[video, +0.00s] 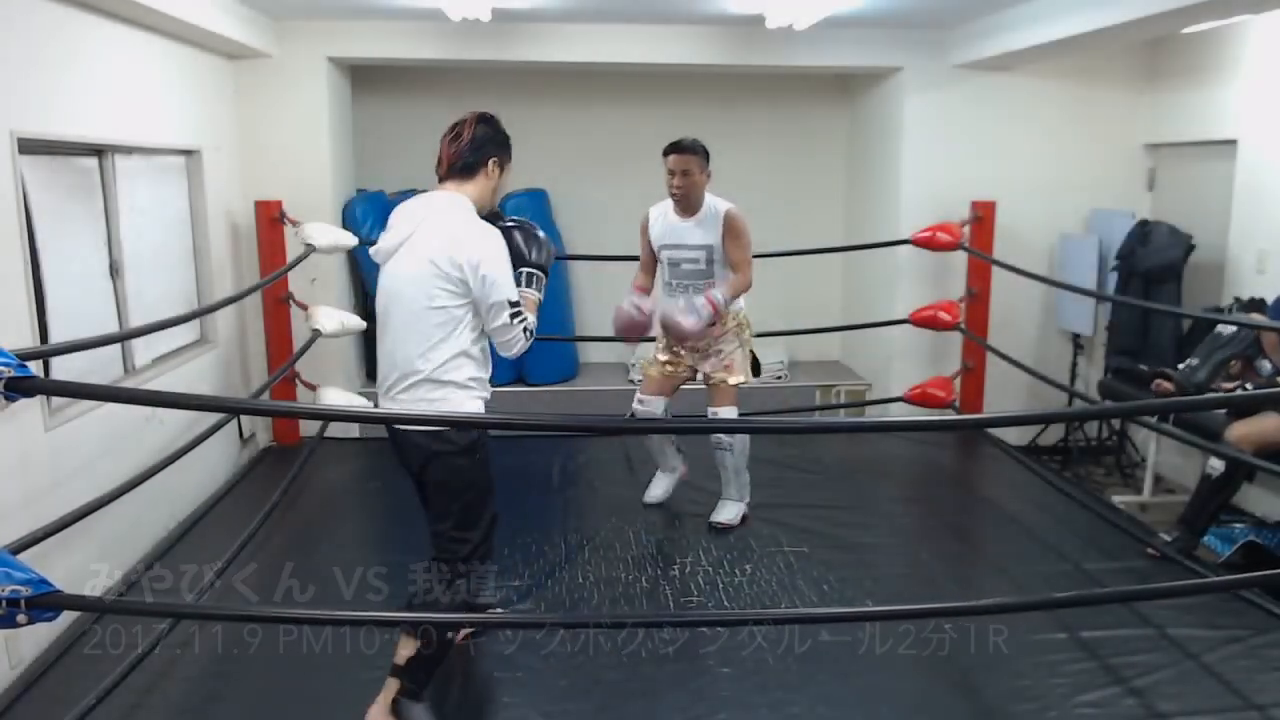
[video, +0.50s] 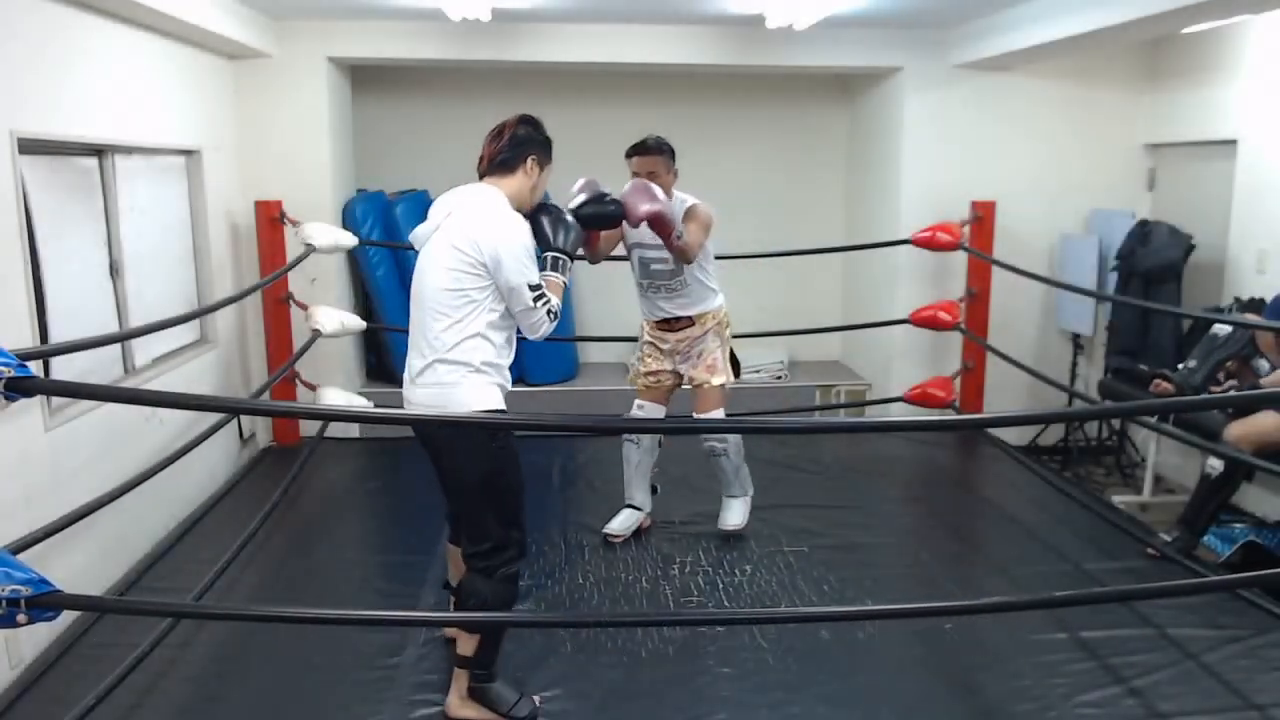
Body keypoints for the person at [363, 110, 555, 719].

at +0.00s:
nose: (503, 188)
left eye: (505, 177)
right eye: (505, 176)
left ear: (448, 163)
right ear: (491, 168)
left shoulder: (404, 219)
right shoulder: (478, 236)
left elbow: (429, 304)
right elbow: (512, 341)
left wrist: (499, 270)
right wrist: (535, 283)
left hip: (400, 412)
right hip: (447, 418)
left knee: (461, 531)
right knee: (456, 558)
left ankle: (460, 622)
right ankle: (387, 702)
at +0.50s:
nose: (540, 193)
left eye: (543, 182)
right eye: (543, 179)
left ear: (493, 160)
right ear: (528, 165)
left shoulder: (447, 209)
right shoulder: (501, 219)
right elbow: (537, 321)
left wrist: (544, 256)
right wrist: (560, 267)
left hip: (427, 400)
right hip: (471, 406)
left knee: (465, 518)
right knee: (498, 548)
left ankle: (460, 615)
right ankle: (466, 692)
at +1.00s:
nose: (561, 201)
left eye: (564, 191)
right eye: (562, 189)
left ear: (515, 176)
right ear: (544, 180)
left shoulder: (471, 218)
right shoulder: (519, 233)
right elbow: (546, 331)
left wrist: (549, 279)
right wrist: (578, 279)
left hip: (444, 396)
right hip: (480, 402)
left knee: (497, 497)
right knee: (502, 541)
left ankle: (507, 576)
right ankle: (462, 688)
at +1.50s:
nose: (544, 198)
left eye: (545, 189)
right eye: (544, 188)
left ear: (500, 175)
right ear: (529, 180)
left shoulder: (457, 215)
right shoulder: (507, 229)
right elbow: (543, 313)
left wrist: (536, 238)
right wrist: (563, 257)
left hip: (441, 384)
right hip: (471, 392)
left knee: (514, 468)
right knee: (477, 512)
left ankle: (499, 577)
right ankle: (413, 643)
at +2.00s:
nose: (547, 194)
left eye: (548, 183)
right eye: (545, 182)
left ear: (512, 178)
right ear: (518, 180)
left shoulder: (486, 223)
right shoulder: (471, 223)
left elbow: (501, 307)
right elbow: (505, 319)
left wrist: (540, 261)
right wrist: (544, 265)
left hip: (474, 377)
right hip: (444, 380)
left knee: (514, 465)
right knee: (451, 502)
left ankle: (510, 556)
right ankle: (410, 640)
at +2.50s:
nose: (488, 177)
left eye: (487, 167)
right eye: (478, 169)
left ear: (452, 175)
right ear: (444, 175)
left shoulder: (470, 228)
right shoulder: (411, 234)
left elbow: (469, 300)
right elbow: (433, 328)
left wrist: (505, 262)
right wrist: (491, 283)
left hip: (457, 383)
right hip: (410, 389)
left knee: (514, 460)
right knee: (403, 507)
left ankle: (510, 550)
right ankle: (351, 610)